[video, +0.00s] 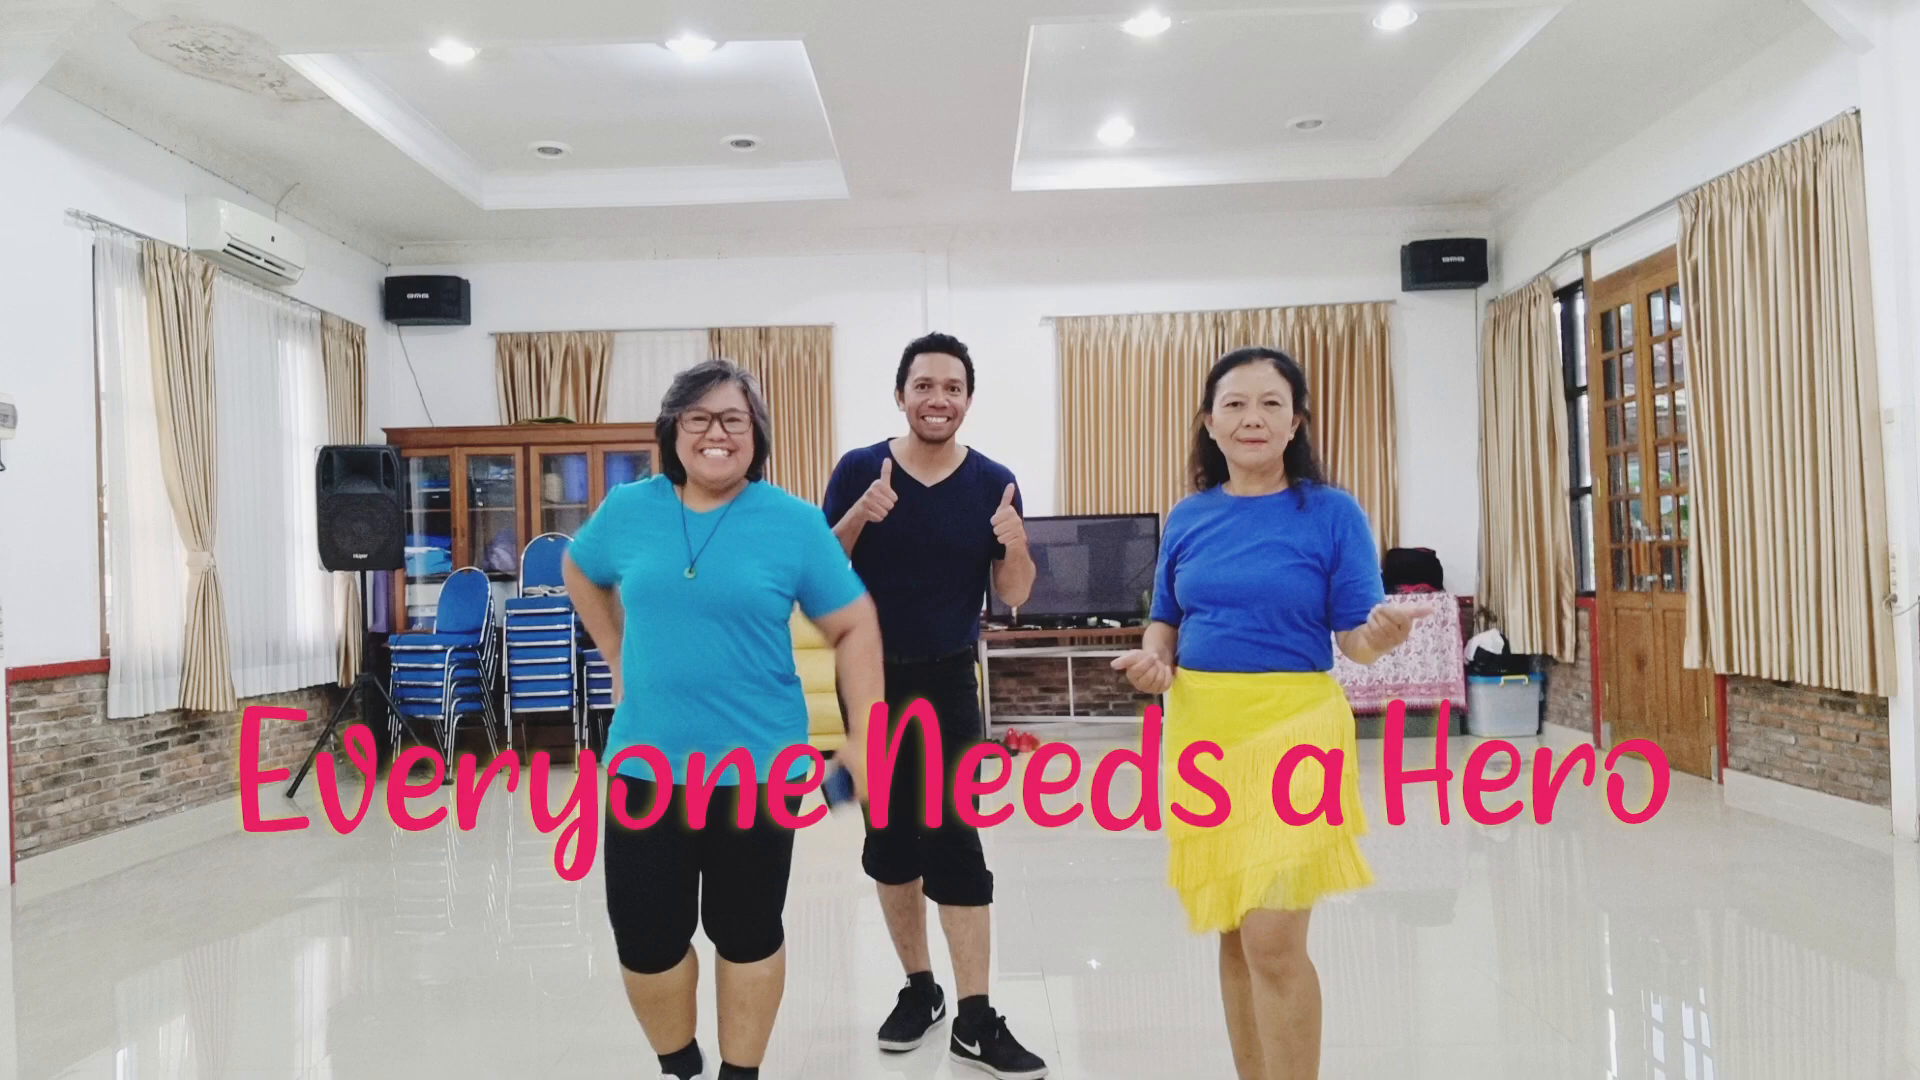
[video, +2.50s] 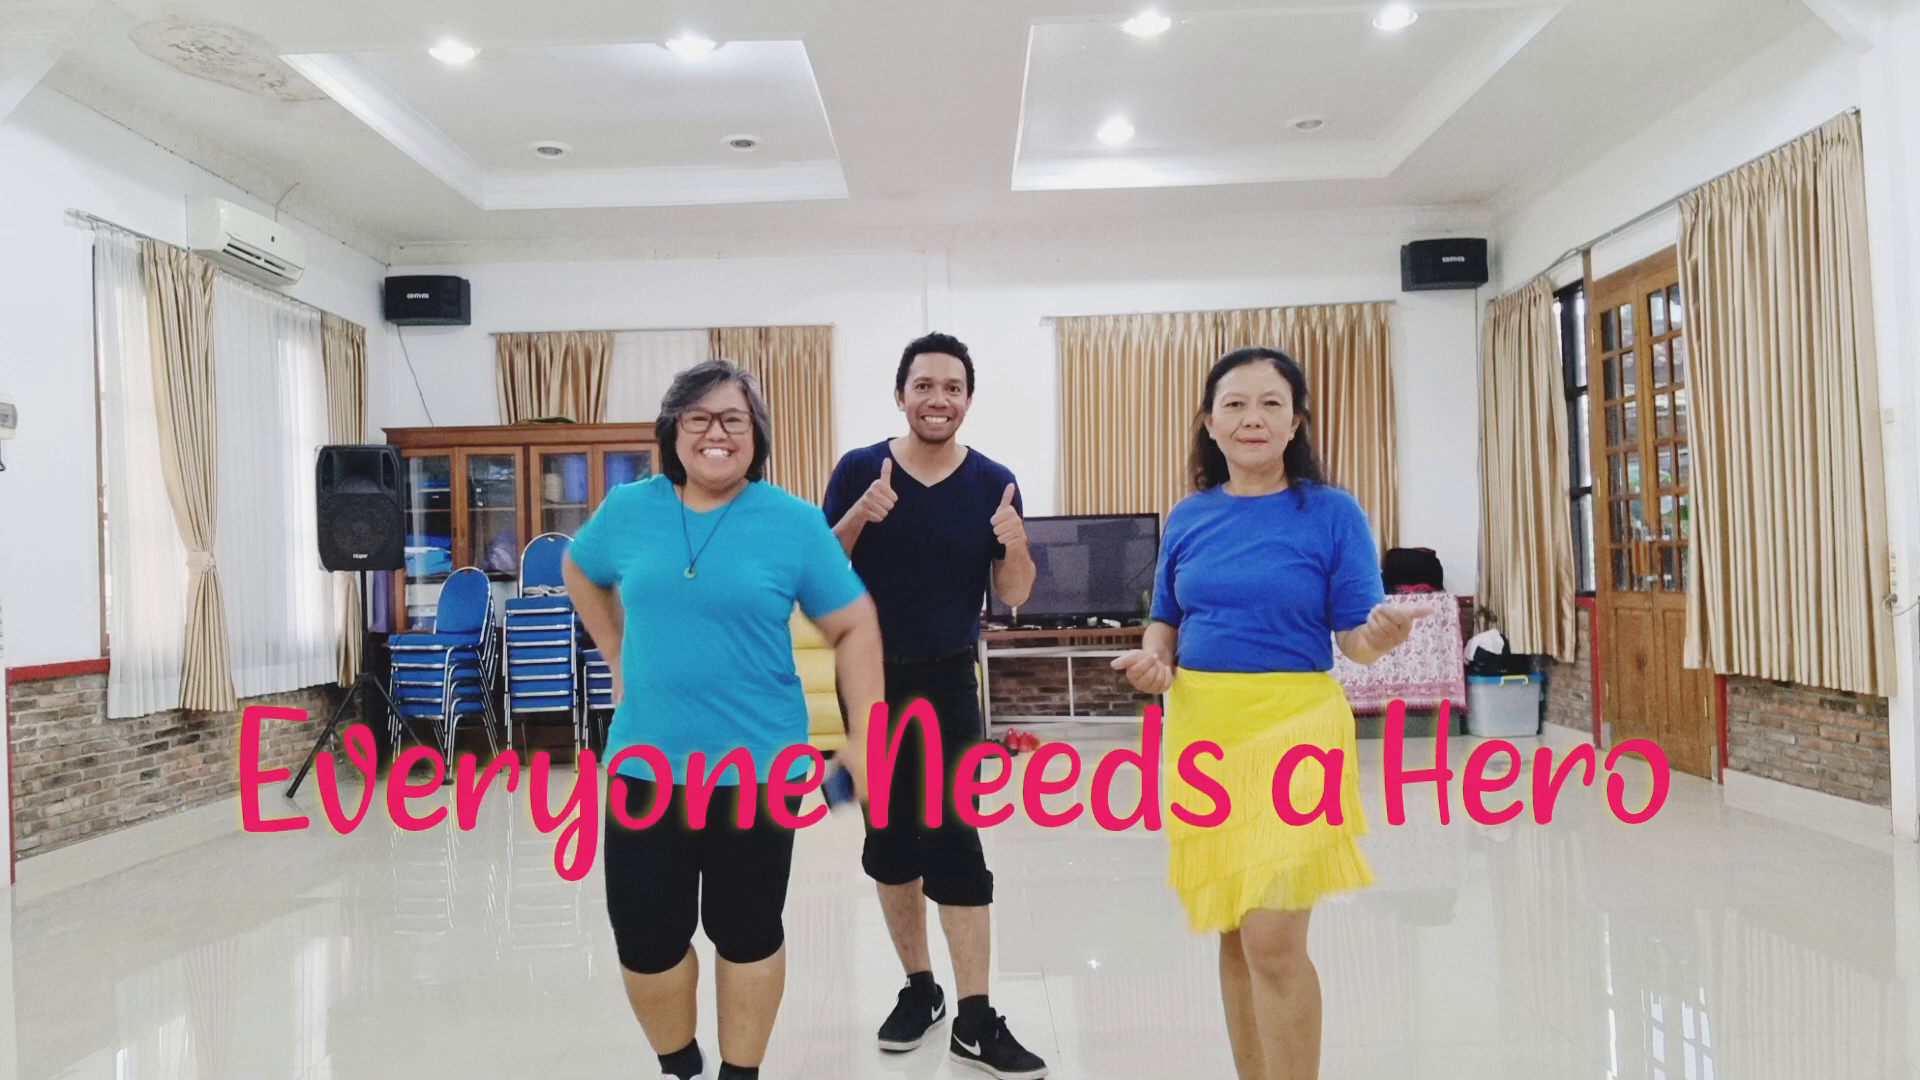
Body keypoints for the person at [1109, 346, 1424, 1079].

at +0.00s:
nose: (1252, 418)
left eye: (1270, 404)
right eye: (1234, 404)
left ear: (1295, 421)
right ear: (1210, 421)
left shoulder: (1333, 512)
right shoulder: (1186, 517)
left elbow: (1356, 643)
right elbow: (1163, 628)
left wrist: (1380, 635)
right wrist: (1151, 660)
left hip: (1297, 723)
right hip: (1204, 724)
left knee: (1272, 941)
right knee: (1237, 941)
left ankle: (1296, 1077)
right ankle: (1254, 1078)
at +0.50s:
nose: (1252, 418)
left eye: (1270, 404)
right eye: (1234, 404)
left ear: (1295, 421)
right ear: (1210, 421)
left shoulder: (1333, 512)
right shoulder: (1186, 517)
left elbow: (1356, 643)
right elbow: (1163, 628)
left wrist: (1380, 635)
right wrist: (1151, 660)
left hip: (1297, 723)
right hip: (1204, 724)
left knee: (1272, 941)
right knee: (1237, 941)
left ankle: (1296, 1077)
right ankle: (1254, 1078)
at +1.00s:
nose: (1252, 418)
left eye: (1270, 404)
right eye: (1234, 404)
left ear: (1295, 421)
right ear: (1210, 421)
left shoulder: (1333, 512)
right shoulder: (1186, 517)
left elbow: (1356, 643)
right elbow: (1163, 628)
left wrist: (1380, 635)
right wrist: (1151, 660)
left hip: (1297, 723)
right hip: (1204, 724)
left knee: (1272, 941)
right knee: (1237, 941)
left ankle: (1296, 1077)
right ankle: (1254, 1078)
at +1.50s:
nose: (1252, 418)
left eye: (1270, 404)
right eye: (1234, 404)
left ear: (1295, 421)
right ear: (1210, 421)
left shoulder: (1333, 512)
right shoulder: (1186, 517)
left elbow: (1356, 643)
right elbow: (1163, 628)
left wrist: (1380, 635)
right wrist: (1151, 660)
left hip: (1297, 723)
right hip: (1204, 724)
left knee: (1272, 941)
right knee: (1237, 941)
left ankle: (1296, 1077)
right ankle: (1254, 1078)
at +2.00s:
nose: (1252, 418)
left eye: (1270, 404)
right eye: (1234, 404)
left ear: (1295, 421)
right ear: (1210, 421)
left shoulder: (1333, 512)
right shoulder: (1186, 517)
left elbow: (1356, 643)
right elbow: (1163, 628)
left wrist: (1380, 635)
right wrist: (1151, 660)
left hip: (1297, 723)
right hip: (1204, 724)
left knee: (1272, 941)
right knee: (1237, 941)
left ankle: (1296, 1077)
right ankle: (1254, 1078)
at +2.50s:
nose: (1252, 418)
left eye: (1270, 404)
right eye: (1234, 404)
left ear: (1295, 421)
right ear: (1210, 421)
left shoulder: (1333, 512)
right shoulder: (1186, 517)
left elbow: (1356, 643)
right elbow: (1163, 628)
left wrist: (1380, 635)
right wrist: (1151, 660)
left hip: (1297, 723)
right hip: (1204, 724)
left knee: (1272, 941)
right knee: (1237, 941)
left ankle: (1296, 1077)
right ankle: (1254, 1078)